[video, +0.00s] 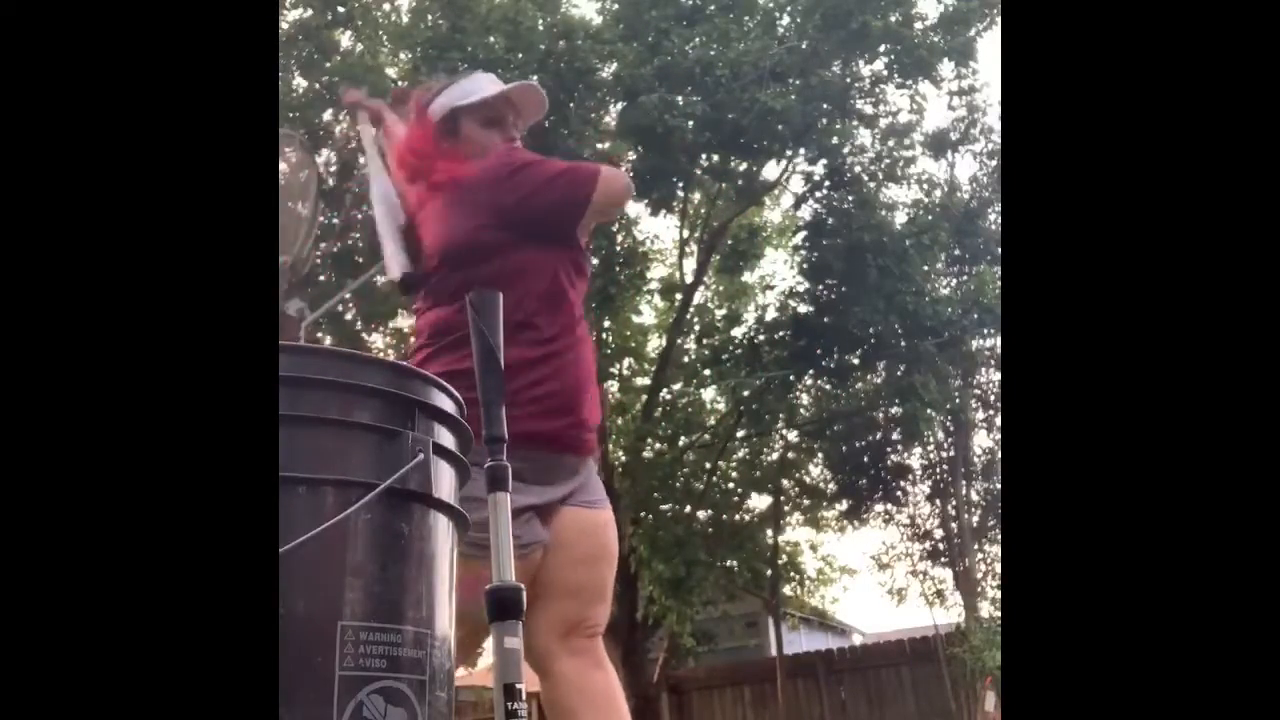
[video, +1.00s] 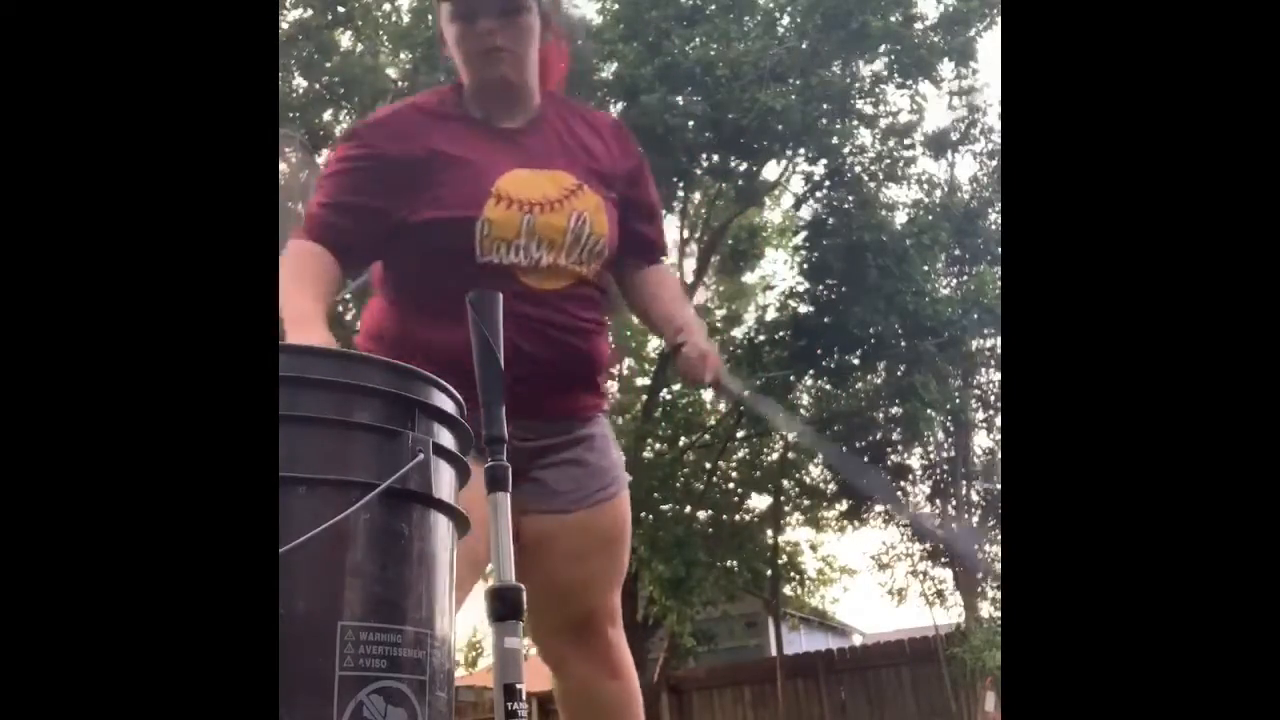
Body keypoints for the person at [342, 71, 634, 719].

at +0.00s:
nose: (511, 132)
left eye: (510, 122)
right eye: (493, 121)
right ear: (452, 132)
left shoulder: (443, 190)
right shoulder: (492, 179)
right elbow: (614, 186)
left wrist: (388, 123)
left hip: (565, 463)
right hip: (479, 464)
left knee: (576, 643)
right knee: (429, 657)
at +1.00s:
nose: (491, 29)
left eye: (509, 11)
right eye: (470, 15)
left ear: (541, 21)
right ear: (445, 32)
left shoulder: (605, 142)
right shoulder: (396, 138)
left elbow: (642, 261)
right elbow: (311, 256)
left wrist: (687, 328)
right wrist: (315, 356)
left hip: (568, 432)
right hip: (433, 432)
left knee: (593, 639)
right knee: (397, 633)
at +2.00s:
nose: (541, 27)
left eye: (556, 7)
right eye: (515, 10)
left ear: (581, 22)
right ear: (479, 30)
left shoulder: (625, 148)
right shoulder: (421, 133)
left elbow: (651, 273)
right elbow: (316, 256)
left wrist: (691, 375)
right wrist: (343, 214)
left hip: (578, 428)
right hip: (440, 425)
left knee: (632, 642)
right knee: (410, 646)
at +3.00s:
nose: (455, 97)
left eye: (471, 84)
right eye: (437, 88)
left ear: (497, 101)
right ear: (416, 111)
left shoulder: (555, 194)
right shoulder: (370, 215)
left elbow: (639, 272)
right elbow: (347, 325)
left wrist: (615, 356)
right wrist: (380, 412)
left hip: (556, 442)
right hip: (433, 451)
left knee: (591, 623)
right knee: (410, 642)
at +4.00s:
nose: (344, 168)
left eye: (357, 152)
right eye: (324, 161)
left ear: (383, 165)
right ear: (308, 188)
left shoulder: (395, 216)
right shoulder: (322, 257)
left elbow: (285, 285)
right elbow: (304, 351)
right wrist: (317, 308)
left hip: (494, 415)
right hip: (416, 439)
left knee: (478, 600)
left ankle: (612, 716)